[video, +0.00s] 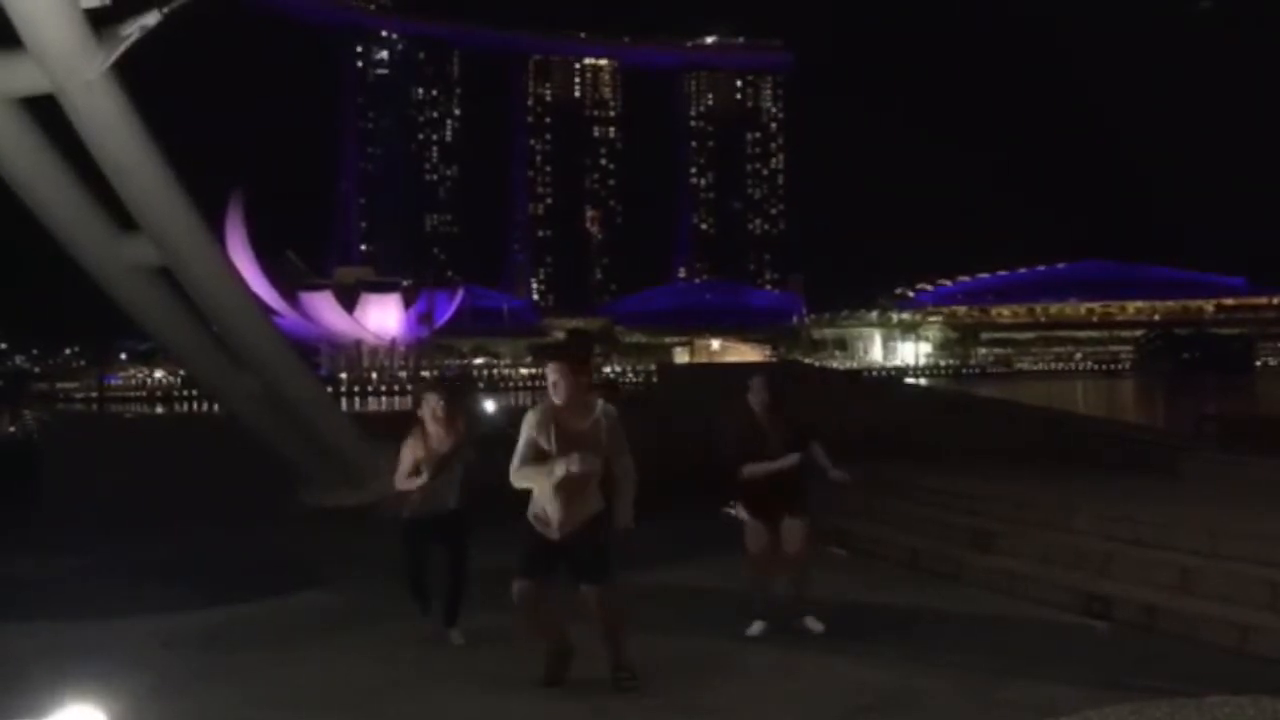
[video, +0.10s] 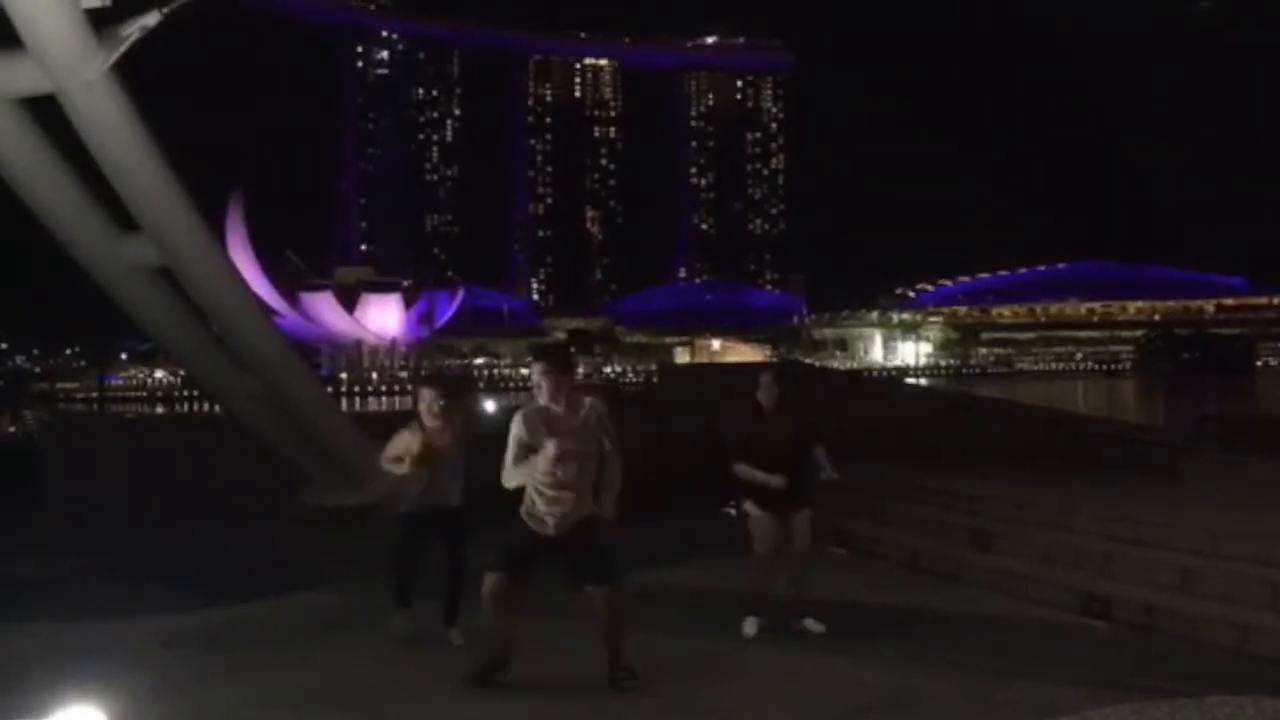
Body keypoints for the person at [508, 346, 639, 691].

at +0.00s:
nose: (552, 384)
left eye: (559, 376)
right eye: (548, 376)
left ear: (582, 378)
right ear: (544, 380)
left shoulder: (604, 417)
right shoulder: (537, 419)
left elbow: (622, 466)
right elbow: (517, 473)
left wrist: (623, 512)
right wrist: (560, 466)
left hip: (590, 520)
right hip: (544, 522)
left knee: (598, 591)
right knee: (526, 589)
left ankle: (618, 662)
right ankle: (557, 648)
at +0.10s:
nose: (536, 383)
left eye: (544, 376)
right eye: (534, 377)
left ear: (566, 378)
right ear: (532, 381)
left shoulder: (592, 413)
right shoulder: (525, 419)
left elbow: (612, 456)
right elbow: (509, 476)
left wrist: (607, 504)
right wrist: (539, 462)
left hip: (581, 523)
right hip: (532, 525)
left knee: (606, 593)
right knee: (493, 587)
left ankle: (617, 665)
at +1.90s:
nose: (628, 400)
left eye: (636, 393)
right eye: (623, 393)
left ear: (648, 397)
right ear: (613, 396)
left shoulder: (662, 442)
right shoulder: (596, 436)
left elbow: (651, 503)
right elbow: (570, 480)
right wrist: (584, 531)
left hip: (651, 529)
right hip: (606, 530)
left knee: (661, 598)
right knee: (597, 595)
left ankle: (645, 673)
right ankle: (602, 658)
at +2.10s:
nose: (612, 409)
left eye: (620, 402)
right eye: (609, 401)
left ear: (639, 401)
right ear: (604, 401)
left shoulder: (657, 439)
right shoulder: (599, 430)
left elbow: (646, 478)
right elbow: (575, 480)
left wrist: (611, 449)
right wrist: (575, 514)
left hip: (639, 544)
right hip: (596, 541)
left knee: (637, 620)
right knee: (583, 611)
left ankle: (666, 672)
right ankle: (593, 696)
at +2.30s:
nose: (603, 414)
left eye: (609, 405)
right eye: (596, 406)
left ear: (624, 406)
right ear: (590, 409)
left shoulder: (646, 431)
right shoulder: (587, 441)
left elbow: (684, 443)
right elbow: (569, 495)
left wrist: (642, 458)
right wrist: (554, 542)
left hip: (658, 534)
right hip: (614, 533)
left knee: (658, 610)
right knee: (585, 593)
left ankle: (658, 678)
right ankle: (591, 692)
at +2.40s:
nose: (603, 409)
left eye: (610, 400)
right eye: (597, 401)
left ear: (623, 402)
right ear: (589, 404)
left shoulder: (648, 424)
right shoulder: (581, 442)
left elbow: (697, 417)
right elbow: (559, 491)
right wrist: (558, 541)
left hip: (660, 523)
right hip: (611, 524)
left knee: (665, 599)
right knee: (589, 581)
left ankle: (657, 675)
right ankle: (595, 677)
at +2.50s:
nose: (610, 417)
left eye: (617, 408)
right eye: (602, 409)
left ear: (628, 408)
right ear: (591, 411)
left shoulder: (650, 423)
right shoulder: (581, 449)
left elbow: (703, 403)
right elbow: (560, 502)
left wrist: (671, 429)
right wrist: (533, 551)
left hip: (658, 522)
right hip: (611, 524)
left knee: (661, 596)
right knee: (595, 594)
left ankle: (657, 673)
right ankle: (603, 667)